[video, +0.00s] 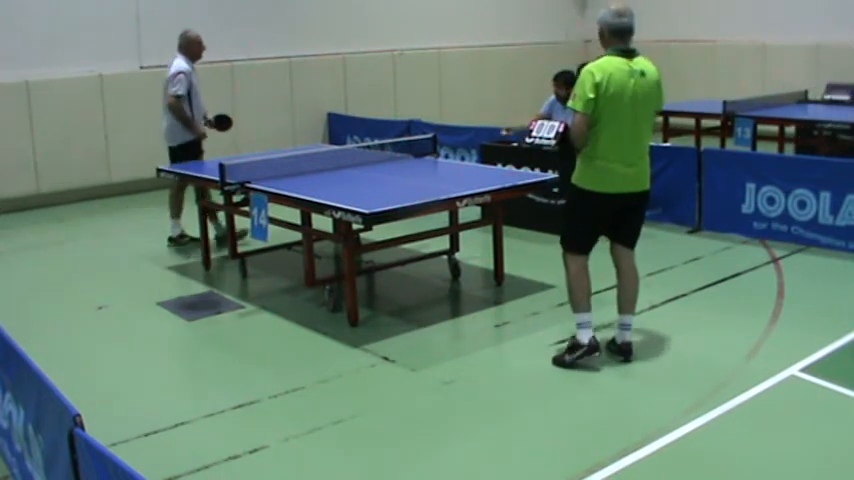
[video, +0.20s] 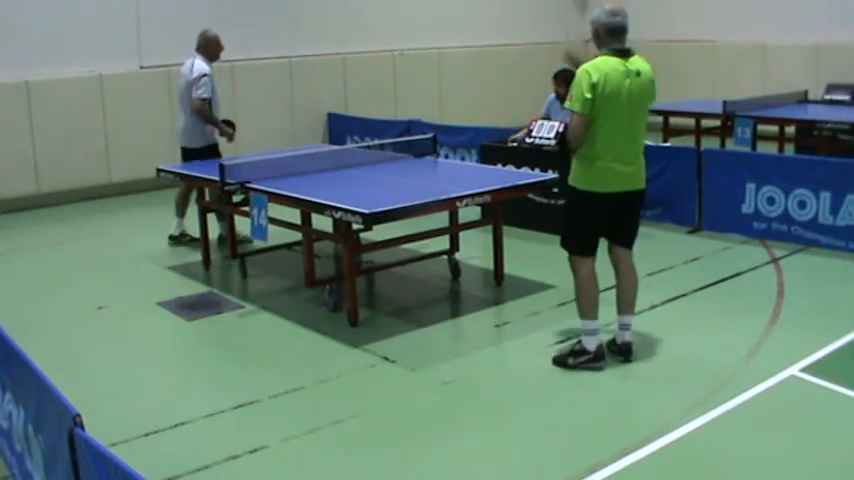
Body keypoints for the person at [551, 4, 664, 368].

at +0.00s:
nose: (598, 39)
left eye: (598, 34)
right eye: (605, 33)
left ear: (601, 34)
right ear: (632, 34)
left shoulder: (594, 71)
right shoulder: (650, 72)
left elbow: (577, 132)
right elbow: (653, 121)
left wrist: (578, 142)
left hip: (593, 184)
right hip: (636, 183)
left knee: (575, 252)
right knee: (624, 251)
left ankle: (585, 339)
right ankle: (625, 338)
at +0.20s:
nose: (591, 40)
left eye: (591, 35)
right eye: (595, 35)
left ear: (595, 36)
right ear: (624, 34)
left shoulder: (590, 72)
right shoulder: (645, 71)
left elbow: (575, 134)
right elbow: (638, 117)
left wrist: (567, 140)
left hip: (590, 183)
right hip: (632, 182)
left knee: (582, 258)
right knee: (622, 252)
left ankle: (590, 345)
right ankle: (624, 339)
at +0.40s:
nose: (581, 40)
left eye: (582, 35)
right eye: (586, 34)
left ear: (585, 35)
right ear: (615, 33)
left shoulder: (583, 73)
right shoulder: (636, 71)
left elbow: (572, 138)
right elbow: (626, 122)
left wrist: (557, 137)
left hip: (586, 184)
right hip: (626, 183)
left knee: (583, 260)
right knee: (616, 252)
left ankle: (591, 347)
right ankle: (624, 339)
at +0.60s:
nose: (567, 41)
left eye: (568, 37)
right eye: (569, 37)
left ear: (573, 37)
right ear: (603, 35)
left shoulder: (578, 75)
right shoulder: (624, 69)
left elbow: (569, 134)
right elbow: (615, 119)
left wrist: (554, 156)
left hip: (582, 187)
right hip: (617, 184)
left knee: (583, 264)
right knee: (607, 255)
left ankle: (592, 347)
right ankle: (622, 337)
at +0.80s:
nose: (558, 42)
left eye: (558, 37)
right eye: (559, 37)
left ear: (565, 38)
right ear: (592, 36)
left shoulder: (570, 75)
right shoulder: (615, 68)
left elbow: (567, 134)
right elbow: (604, 113)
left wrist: (548, 159)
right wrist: (553, 104)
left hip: (580, 189)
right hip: (612, 186)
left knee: (581, 264)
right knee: (594, 253)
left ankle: (592, 347)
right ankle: (617, 325)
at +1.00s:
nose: (549, 42)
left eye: (550, 36)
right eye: (550, 36)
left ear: (558, 38)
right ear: (584, 36)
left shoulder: (568, 75)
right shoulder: (607, 68)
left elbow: (569, 134)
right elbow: (602, 114)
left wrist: (543, 161)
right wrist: (553, 108)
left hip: (580, 188)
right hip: (608, 184)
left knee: (578, 262)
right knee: (587, 255)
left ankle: (591, 348)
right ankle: (604, 324)